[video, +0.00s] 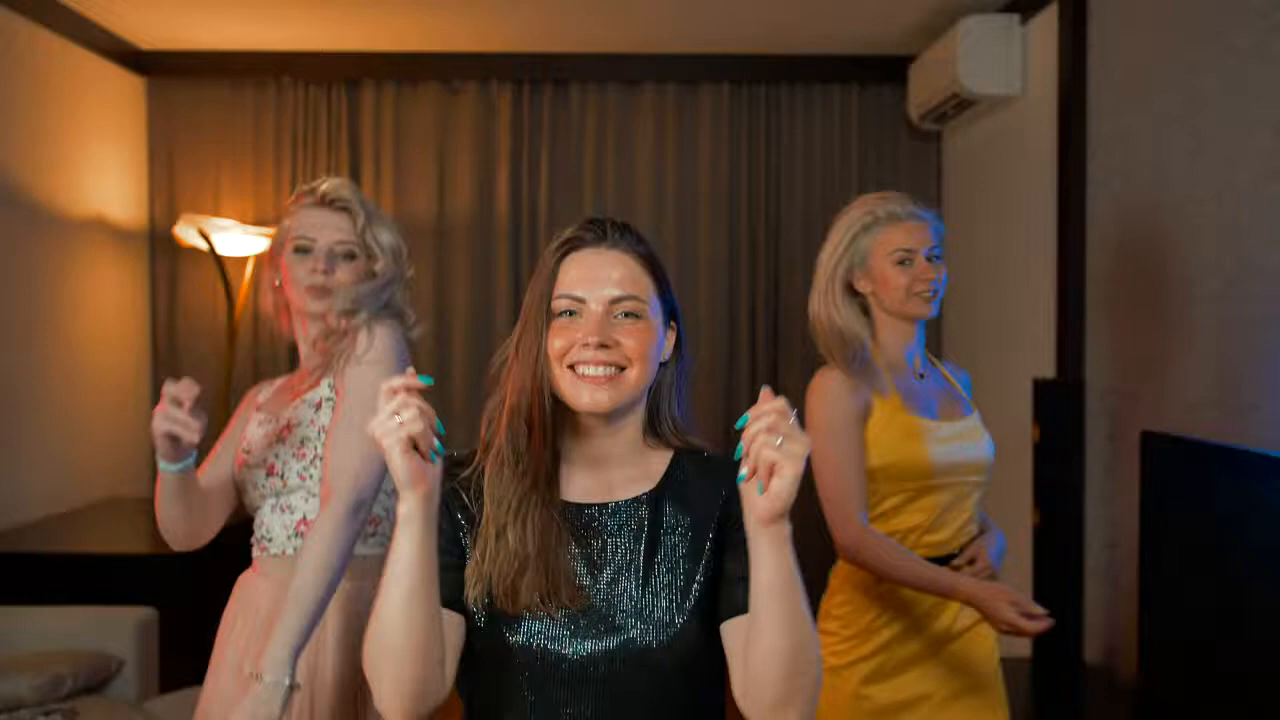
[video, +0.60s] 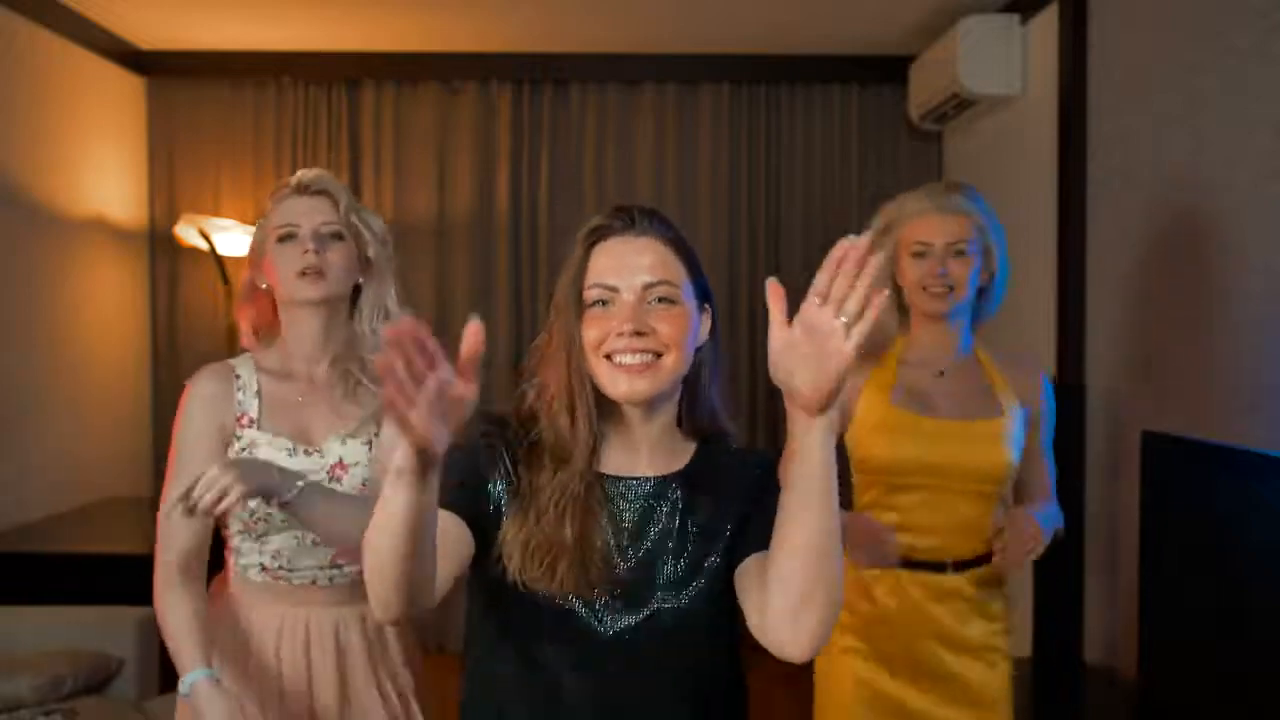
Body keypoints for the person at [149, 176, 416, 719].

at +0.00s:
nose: (321, 270)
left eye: (345, 255)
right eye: (303, 250)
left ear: (373, 272)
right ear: (278, 268)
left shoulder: (375, 344)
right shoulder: (264, 397)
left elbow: (345, 509)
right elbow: (188, 531)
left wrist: (275, 671)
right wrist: (175, 461)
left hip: (332, 627)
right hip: (254, 610)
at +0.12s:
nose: (326, 246)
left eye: (349, 234)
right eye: (307, 227)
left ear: (377, 256)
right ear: (280, 248)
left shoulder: (374, 357)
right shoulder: (247, 375)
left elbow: (347, 502)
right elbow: (197, 515)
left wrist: (250, 630)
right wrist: (160, 500)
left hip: (355, 604)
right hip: (264, 611)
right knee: (233, 710)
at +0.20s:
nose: (327, 244)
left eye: (350, 233)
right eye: (309, 227)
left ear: (379, 256)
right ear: (280, 250)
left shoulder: (387, 364)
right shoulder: (235, 376)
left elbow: (374, 514)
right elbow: (198, 515)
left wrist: (249, 598)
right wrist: (153, 559)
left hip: (370, 622)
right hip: (270, 627)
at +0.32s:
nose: (327, 271)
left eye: (349, 259)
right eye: (306, 256)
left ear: (374, 288)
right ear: (278, 283)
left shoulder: (393, 398)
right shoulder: (221, 400)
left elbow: (402, 565)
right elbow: (191, 559)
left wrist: (282, 602)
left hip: (373, 665)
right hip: (262, 671)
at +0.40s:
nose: (321, 278)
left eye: (344, 267)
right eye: (301, 264)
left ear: (369, 300)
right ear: (271, 293)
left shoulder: (397, 415)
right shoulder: (211, 408)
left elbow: (424, 566)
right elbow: (188, 577)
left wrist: (309, 571)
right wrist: (199, 710)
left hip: (373, 665)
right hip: (258, 667)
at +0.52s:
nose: (312, 262)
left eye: (334, 251)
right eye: (291, 250)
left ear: (361, 284)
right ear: (263, 281)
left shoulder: (390, 404)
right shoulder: (211, 399)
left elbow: (398, 562)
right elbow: (175, 572)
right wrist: (200, 697)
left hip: (364, 655)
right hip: (251, 661)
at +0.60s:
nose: (310, 247)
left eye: (331, 236)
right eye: (288, 237)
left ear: (361, 267)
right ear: (263, 271)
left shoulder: (400, 390)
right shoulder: (219, 391)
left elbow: (403, 535)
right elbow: (178, 563)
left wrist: (281, 484)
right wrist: (199, 682)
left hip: (361, 646)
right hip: (243, 649)